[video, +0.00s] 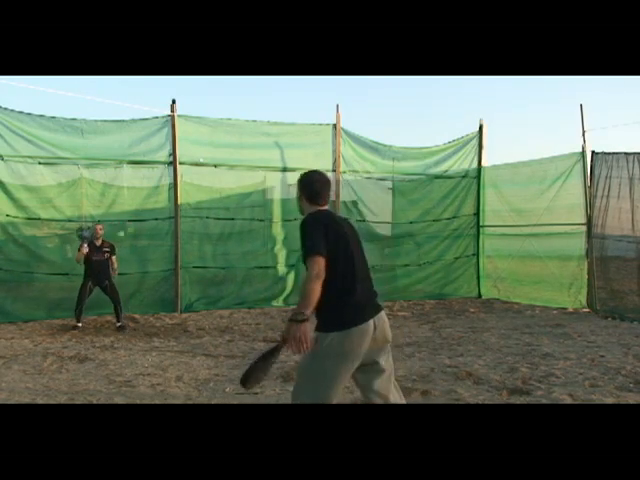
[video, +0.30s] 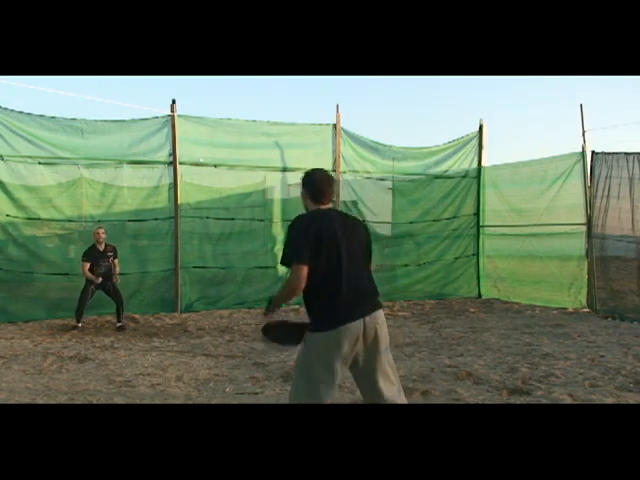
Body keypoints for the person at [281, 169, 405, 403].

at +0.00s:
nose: (297, 197)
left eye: (297, 193)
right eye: (299, 193)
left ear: (301, 196)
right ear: (328, 196)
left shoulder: (312, 223)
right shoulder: (342, 222)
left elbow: (316, 274)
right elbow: (338, 278)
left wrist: (300, 318)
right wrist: (301, 320)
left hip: (342, 331)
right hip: (374, 321)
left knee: (308, 397)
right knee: (386, 394)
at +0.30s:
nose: (301, 194)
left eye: (302, 191)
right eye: (303, 191)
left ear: (305, 194)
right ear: (332, 194)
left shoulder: (303, 225)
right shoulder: (356, 223)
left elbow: (298, 281)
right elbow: (362, 274)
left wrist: (275, 303)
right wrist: (320, 319)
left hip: (332, 327)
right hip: (373, 318)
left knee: (310, 396)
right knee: (387, 392)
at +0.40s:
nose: (316, 201)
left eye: (317, 197)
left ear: (318, 200)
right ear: (348, 201)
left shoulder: (308, 232)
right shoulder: (368, 231)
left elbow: (292, 288)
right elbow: (387, 287)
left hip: (333, 338)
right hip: (378, 332)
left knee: (304, 398)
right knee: (392, 398)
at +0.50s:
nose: (331, 203)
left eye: (333, 200)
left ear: (335, 204)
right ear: (364, 206)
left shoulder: (319, 236)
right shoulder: (383, 238)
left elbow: (302, 277)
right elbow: (408, 292)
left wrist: (319, 253)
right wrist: (382, 306)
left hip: (337, 340)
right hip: (384, 337)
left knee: (307, 396)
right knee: (393, 397)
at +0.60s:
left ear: (355, 203)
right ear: (384, 203)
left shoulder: (338, 235)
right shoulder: (398, 236)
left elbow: (321, 264)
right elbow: (434, 282)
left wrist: (333, 231)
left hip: (346, 337)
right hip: (392, 335)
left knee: (320, 394)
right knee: (400, 396)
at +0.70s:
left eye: (375, 185)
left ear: (373, 189)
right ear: (401, 192)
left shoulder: (356, 223)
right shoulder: (418, 223)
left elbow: (334, 263)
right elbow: (448, 250)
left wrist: (323, 260)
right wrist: (433, 214)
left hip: (366, 322)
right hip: (409, 321)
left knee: (335, 387)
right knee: (407, 391)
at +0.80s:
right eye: (413, 166)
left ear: (383, 170)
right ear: (414, 170)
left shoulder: (371, 205)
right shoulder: (425, 198)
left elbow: (355, 251)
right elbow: (437, 214)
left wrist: (333, 274)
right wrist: (414, 186)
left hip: (389, 300)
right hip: (428, 299)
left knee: (355, 374)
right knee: (424, 377)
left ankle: (337, 398)